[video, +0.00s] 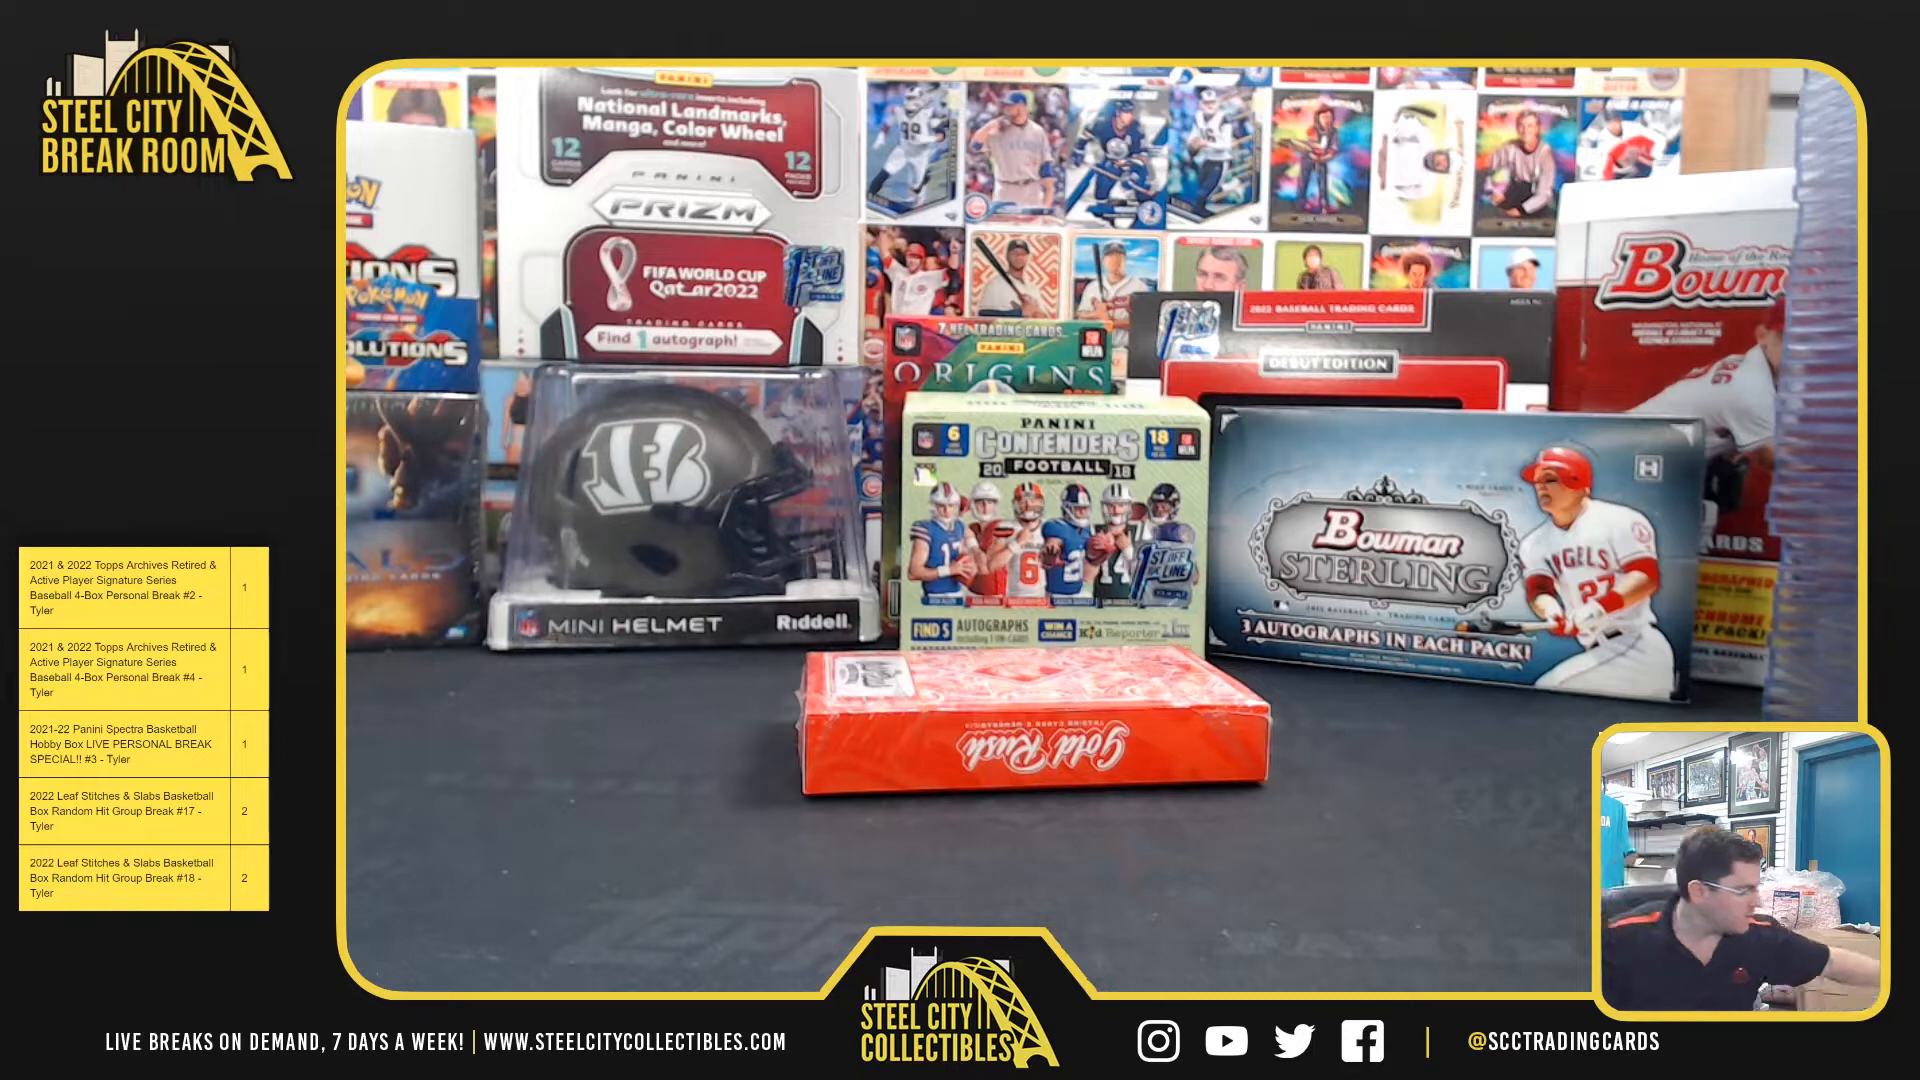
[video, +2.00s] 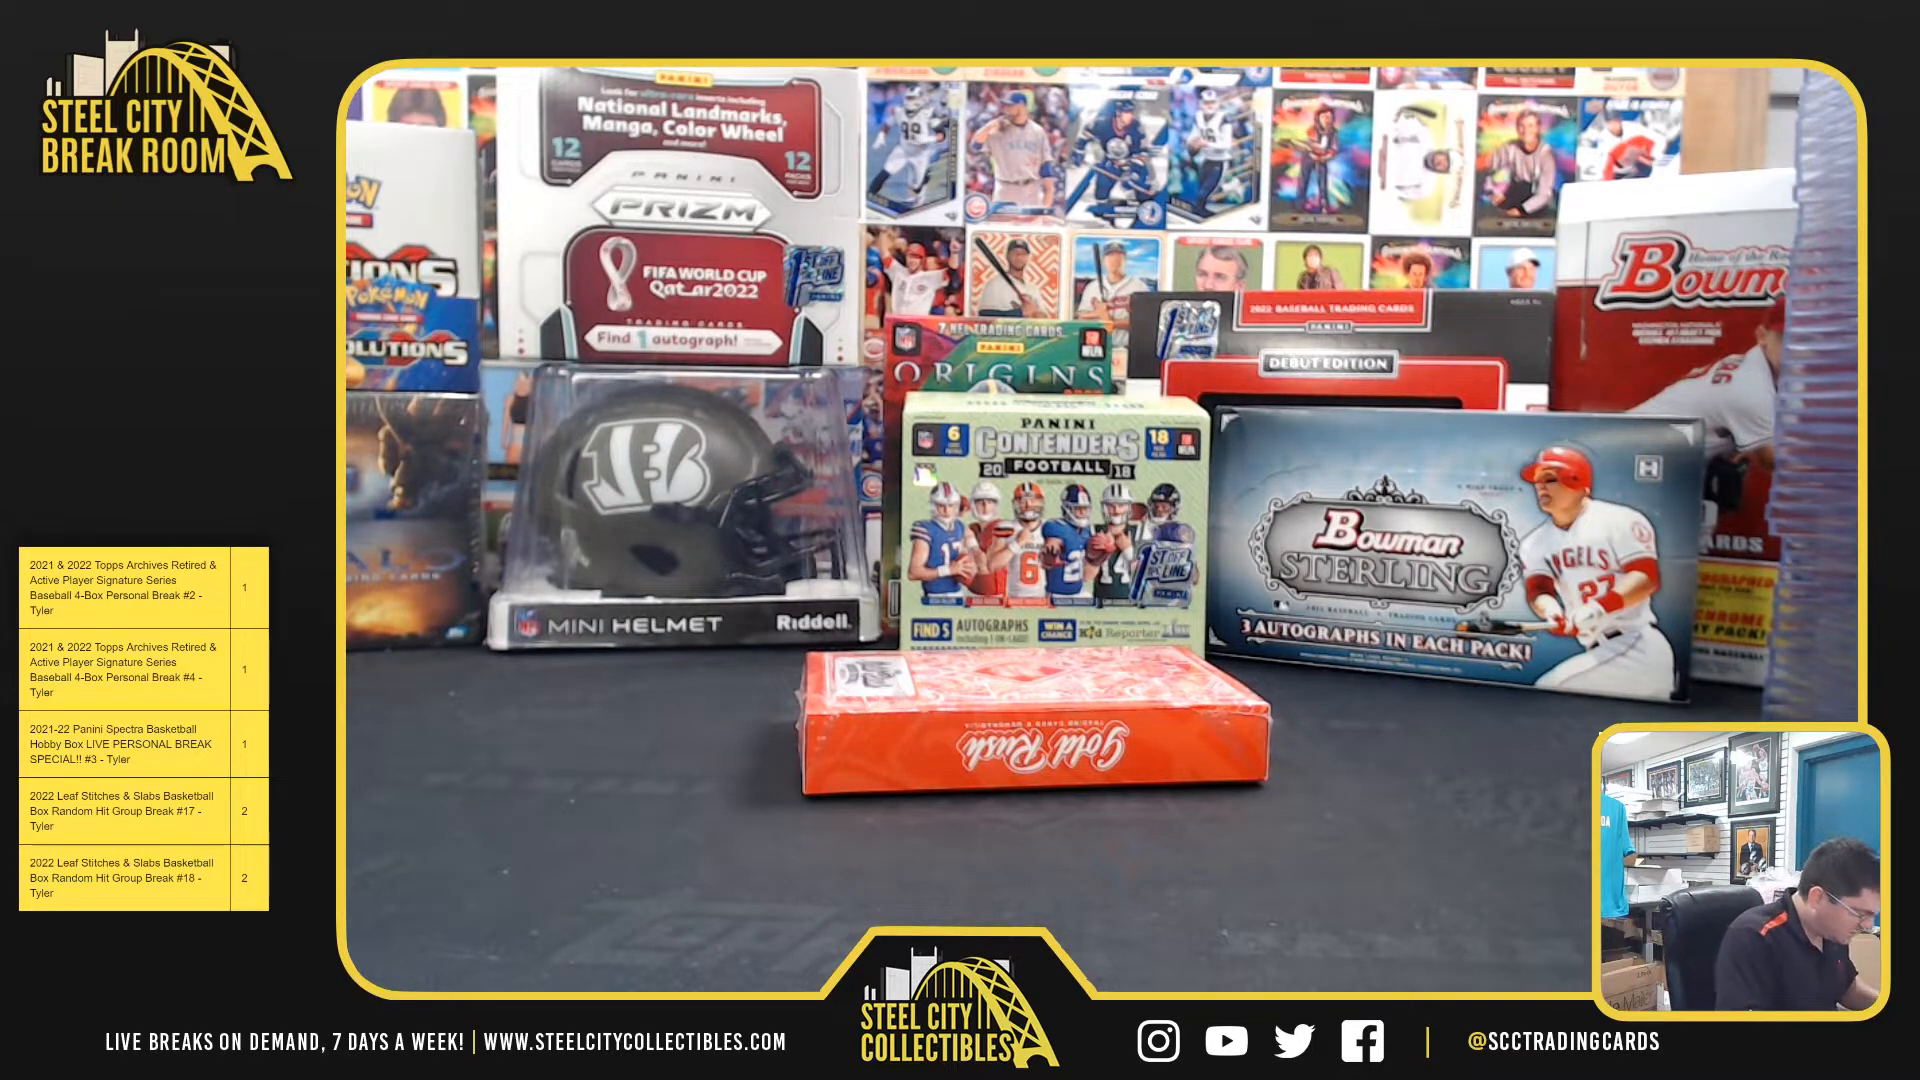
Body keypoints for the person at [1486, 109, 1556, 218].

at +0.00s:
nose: (1526, 130)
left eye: (1530, 126)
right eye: (1522, 126)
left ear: (1538, 128)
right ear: (1517, 129)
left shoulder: (1544, 153)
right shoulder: (1507, 150)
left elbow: (1545, 191)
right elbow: (1491, 176)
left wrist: (1523, 209)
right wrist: (1494, 193)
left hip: (1535, 187)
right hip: (1513, 187)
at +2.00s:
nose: (1526, 130)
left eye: (1530, 126)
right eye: (1522, 126)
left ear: (1538, 128)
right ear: (1517, 129)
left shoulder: (1545, 153)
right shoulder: (1508, 150)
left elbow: (1545, 192)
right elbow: (1490, 175)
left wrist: (1523, 209)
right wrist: (1494, 193)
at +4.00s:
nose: (1526, 130)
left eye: (1531, 126)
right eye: (1522, 126)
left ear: (1539, 129)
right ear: (1517, 129)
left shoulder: (1545, 154)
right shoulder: (1506, 151)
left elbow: (1545, 192)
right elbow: (1490, 178)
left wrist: (1522, 209)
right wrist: (1494, 194)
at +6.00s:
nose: (1526, 130)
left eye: (1530, 126)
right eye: (1522, 126)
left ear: (1538, 128)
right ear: (1518, 129)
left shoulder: (1545, 154)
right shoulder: (1506, 151)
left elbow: (1545, 192)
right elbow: (1490, 179)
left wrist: (1523, 209)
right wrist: (1495, 193)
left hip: (1535, 188)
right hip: (1511, 187)